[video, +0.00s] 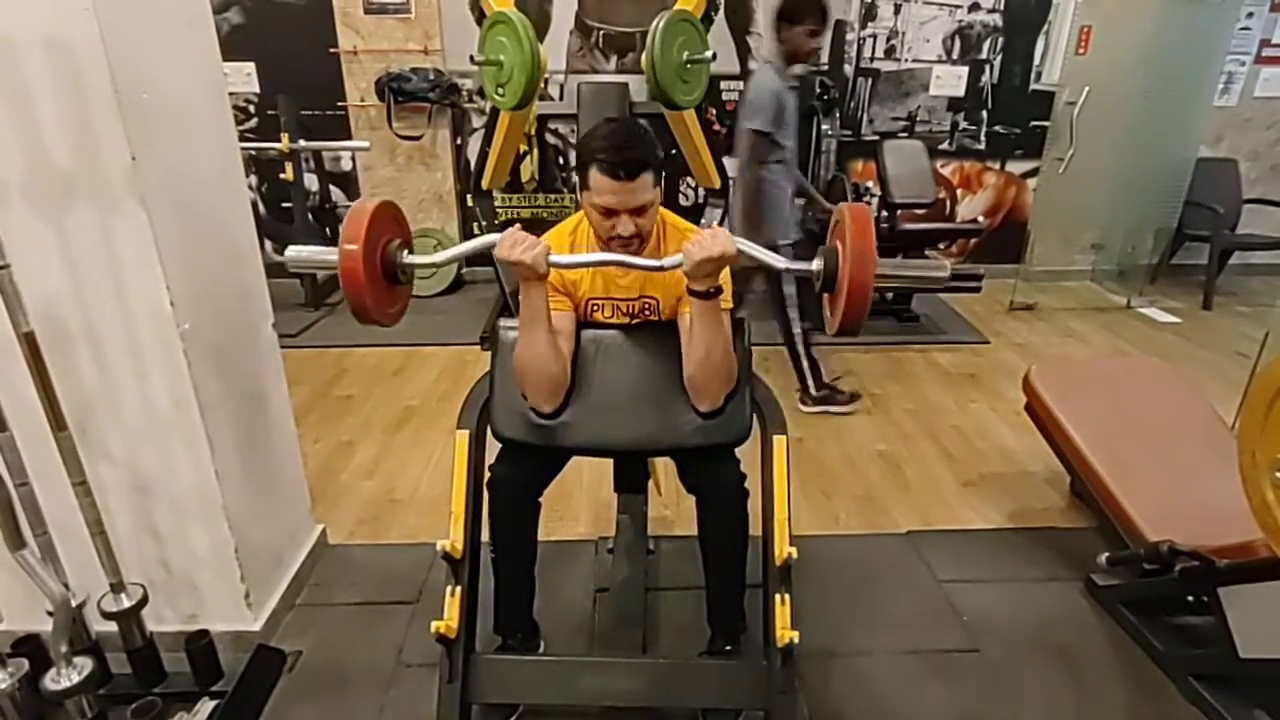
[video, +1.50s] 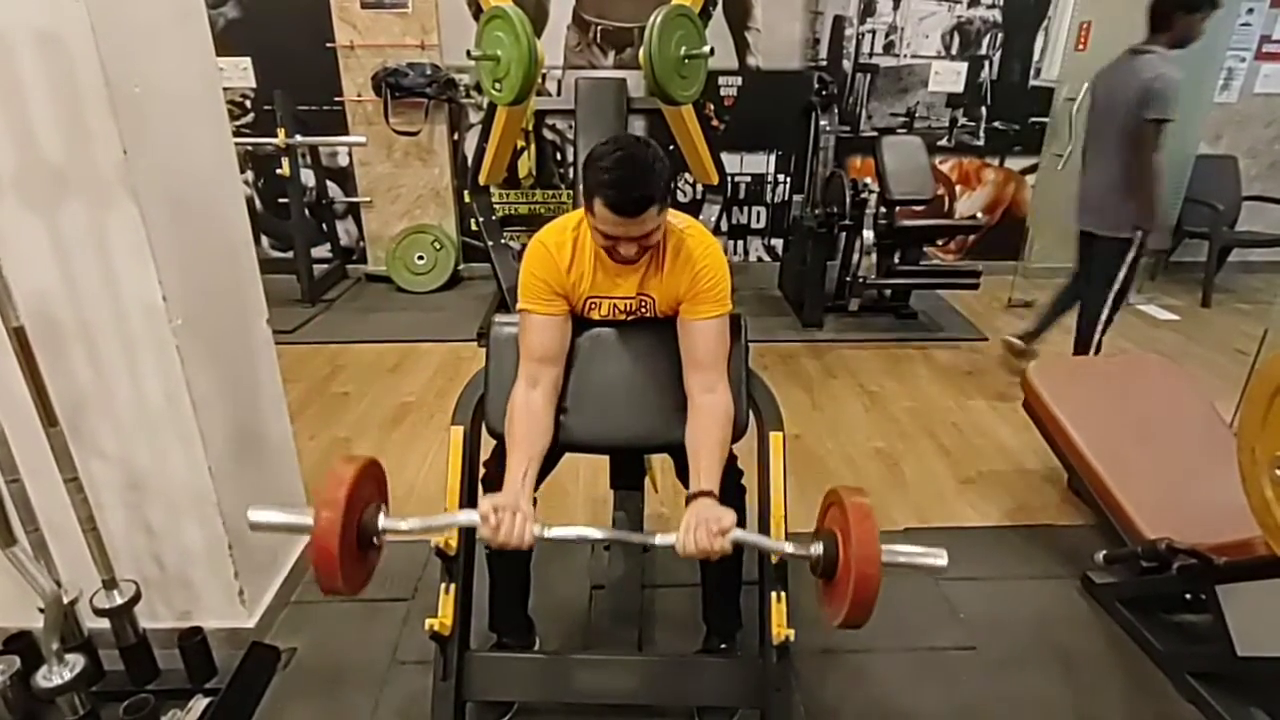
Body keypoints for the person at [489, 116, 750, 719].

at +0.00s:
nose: (625, 227)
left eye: (639, 211)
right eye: (608, 213)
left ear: (659, 190)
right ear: (581, 194)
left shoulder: (695, 249)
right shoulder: (555, 250)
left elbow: (709, 396)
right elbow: (543, 397)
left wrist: (704, 290)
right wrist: (530, 284)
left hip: (672, 388)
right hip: (580, 387)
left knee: (721, 481)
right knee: (511, 479)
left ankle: (726, 640)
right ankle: (516, 636)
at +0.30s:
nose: (647, 236)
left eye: (656, 220)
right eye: (629, 226)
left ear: (667, 198)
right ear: (591, 207)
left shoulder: (694, 250)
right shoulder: (553, 252)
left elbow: (709, 399)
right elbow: (541, 400)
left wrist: (705, 310)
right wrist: (525, 307)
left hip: (669, 387)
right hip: (578, 385)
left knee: (722, 481)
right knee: (509, 480)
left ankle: (725, 637)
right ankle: (514, 636)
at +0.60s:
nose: (649, 241)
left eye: (658, 227)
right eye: (631, 233)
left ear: (669, 200)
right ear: (590, 211)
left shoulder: (696, 249)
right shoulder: (549, 250)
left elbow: (707, 404)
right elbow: (538, 397)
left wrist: (705, 367)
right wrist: (513, 360)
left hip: (665, 383)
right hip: (576, 384)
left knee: (719, 477)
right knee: (505, 477)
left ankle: (723, 637)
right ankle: (511, 634)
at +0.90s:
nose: (648, 246)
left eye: (658, 231)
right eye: (630, 238)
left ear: (670, 203)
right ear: (591, 212)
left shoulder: (698, 250)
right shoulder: (550, 249)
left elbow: (706, 370)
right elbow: (537, 369)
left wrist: (710, 405)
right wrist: (512, 394)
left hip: (666, 384)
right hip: (576, 381)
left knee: (720, 476)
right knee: (506, 479)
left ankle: (724, 637)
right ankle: (512, 635)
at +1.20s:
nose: (643, 249)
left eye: (655, 235)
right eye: (626, 241)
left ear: (670, 205)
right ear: (592, 214)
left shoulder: (700, 252)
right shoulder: (550, 250)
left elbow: (706, 376)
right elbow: (536, 375)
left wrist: (707, 461)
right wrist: (515, 453)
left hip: (671, 374)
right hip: (574, 375)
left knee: (719, 480)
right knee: (503, 473)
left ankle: (722, 640)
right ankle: (510, 634)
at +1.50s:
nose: (627, 248)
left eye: (643, 235)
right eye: (611, 236)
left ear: (664, 208)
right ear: (586, 206)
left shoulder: (697, 254)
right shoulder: (550, 251)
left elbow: (707, 385)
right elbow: (536, 379)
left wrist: (704, 493)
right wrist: (516, 487)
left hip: (670, 381)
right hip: (574, 380)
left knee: (721, 490)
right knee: (501, 484)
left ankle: (722, 639)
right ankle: (511, 638)